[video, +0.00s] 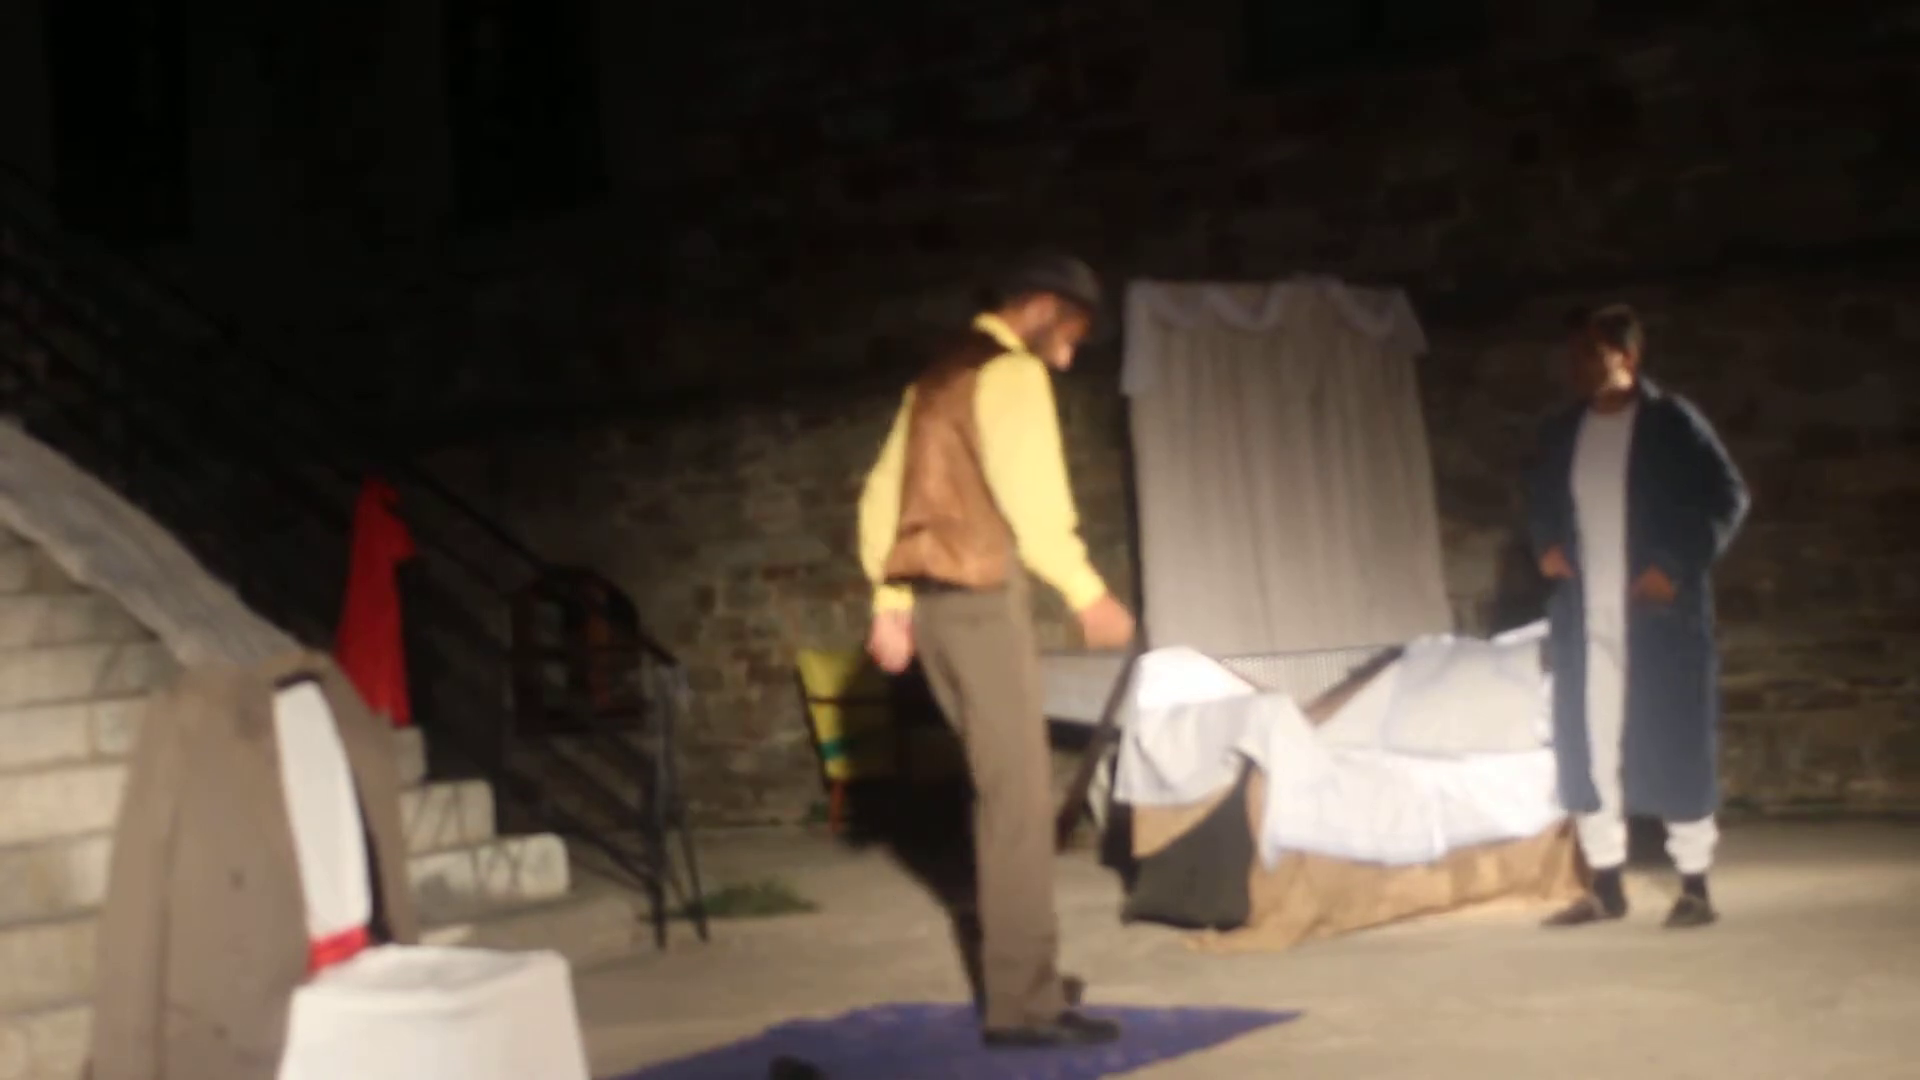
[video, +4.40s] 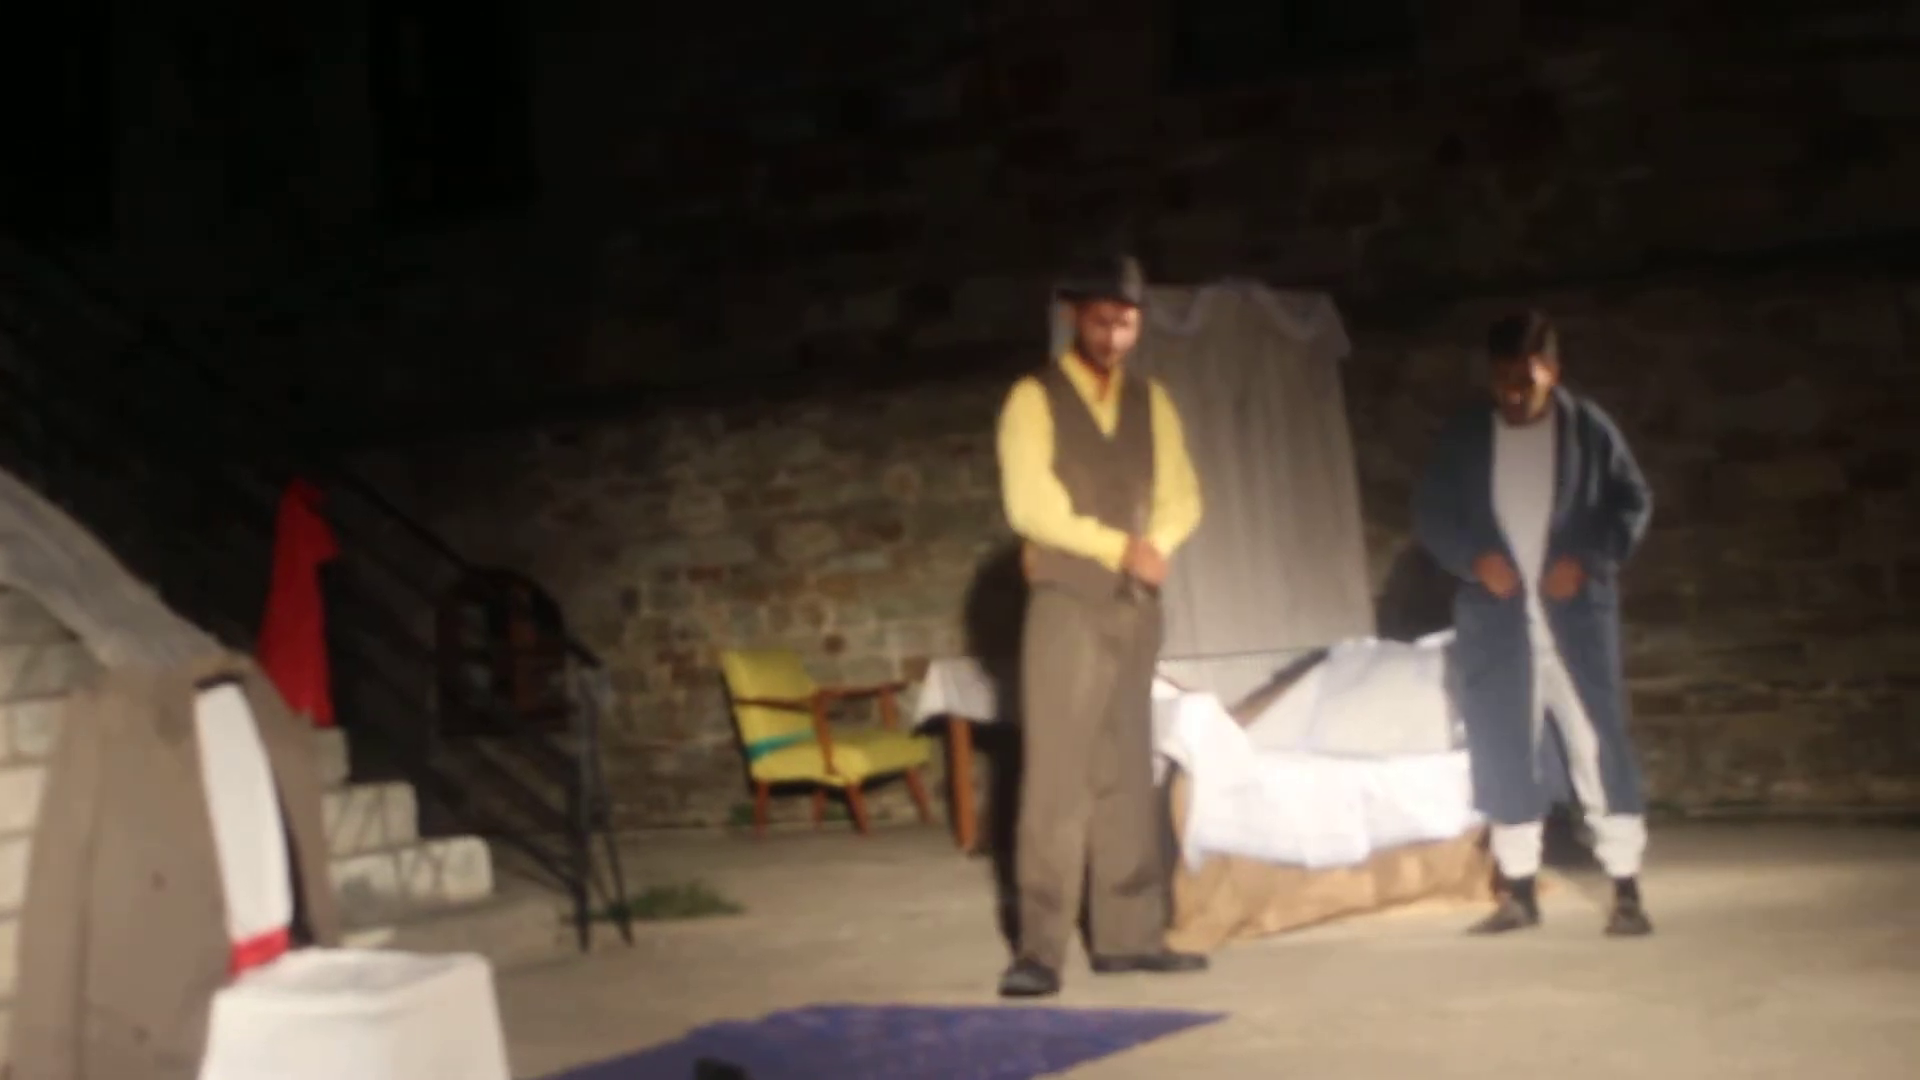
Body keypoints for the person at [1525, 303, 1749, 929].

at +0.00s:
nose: (1588, 368)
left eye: (1599, 356)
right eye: (1581, 357)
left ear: (1629, 357)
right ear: (1572, 363)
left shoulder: (1672, 421)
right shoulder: (1558, 431)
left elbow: (1727, 500)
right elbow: (1537, 494)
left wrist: (1675, 567)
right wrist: (1547, 541)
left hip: (1663, 622)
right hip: (1586, 624)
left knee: (1678, 743)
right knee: (1586, 745)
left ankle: (1694, 886)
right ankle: (1605, 886)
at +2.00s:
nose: (1567, 375)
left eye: (1577, 361)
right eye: (1557, 364)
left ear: (1602, 362)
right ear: (1544, 371)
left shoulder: (1641, 427)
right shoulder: (1527, 442)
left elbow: (1692, 507)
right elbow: (1506, 518)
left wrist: (1659, 579)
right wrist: (1513, 567)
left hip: (1636, 629)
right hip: (1560, 634)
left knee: (1656, 749)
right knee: (1575, 756)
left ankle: (1683, 885)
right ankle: (1602, 887)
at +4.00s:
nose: (1576, 399)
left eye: (1588, 386)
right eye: (1565, 385)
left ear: (1608, 376)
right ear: (1545, 376)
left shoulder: (1636, 429)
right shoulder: (1513, 431)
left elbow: (1681, 504)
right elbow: (1483, 500)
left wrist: (1641, 562)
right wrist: (1504, 551)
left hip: (1612, 627)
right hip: (1540, 626)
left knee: (1624, 750)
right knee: (1543, 753)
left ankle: (1640, 885)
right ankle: (1548, 889)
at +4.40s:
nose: (1514, 396)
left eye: (1526, 382)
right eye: (1505, 382)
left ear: (1552, 374)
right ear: (1489, 376)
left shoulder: (1588, 428)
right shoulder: (1463, 434)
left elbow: (1631, 502)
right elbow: (1431, 512)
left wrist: (1585, 560)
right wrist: (1476, 558)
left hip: (1575, 617)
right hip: (1494, 619)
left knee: (1596, 738)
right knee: (1501, 743)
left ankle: (1625, 888)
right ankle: (1518, 893)